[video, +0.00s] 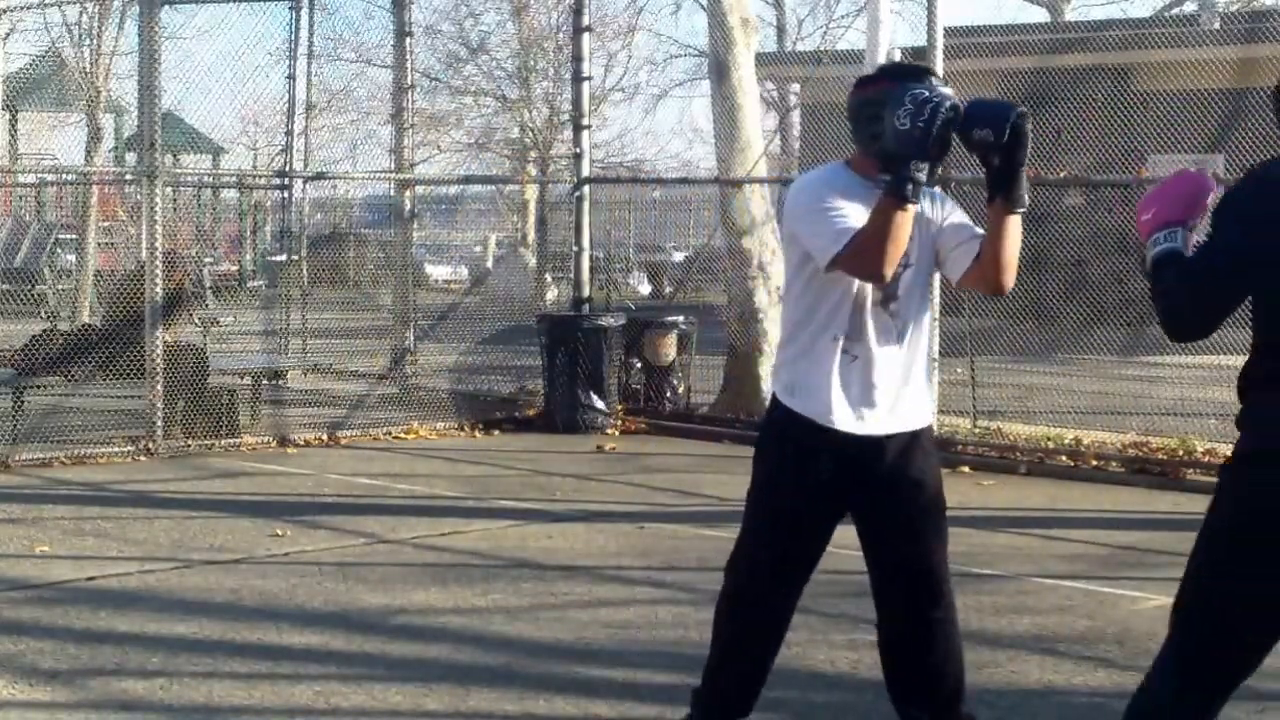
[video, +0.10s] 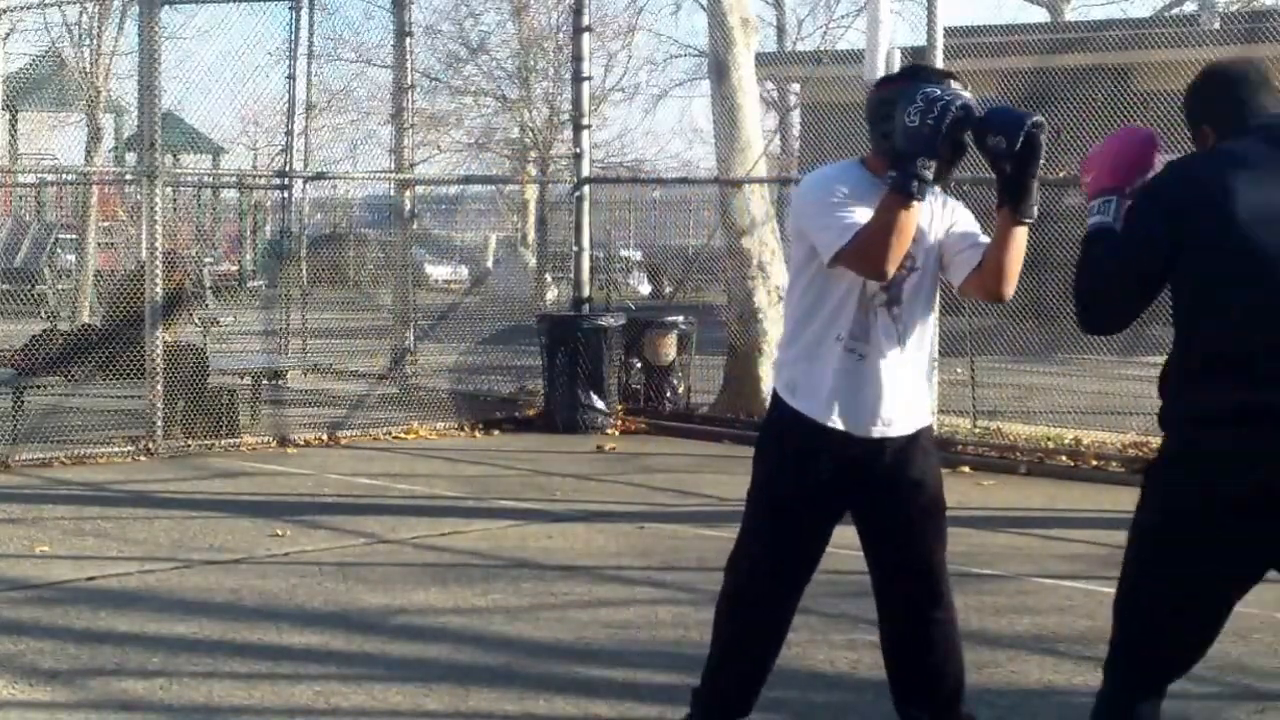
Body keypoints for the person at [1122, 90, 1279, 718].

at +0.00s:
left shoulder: (1266, 192)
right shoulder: (1262, 192)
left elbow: (1186, 315)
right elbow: (1189, 314)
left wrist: (1165, 234)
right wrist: (1180, 237)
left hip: (1268, 473)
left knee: (1192, 673)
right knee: (1193, 672)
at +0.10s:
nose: (1193, 143)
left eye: (1192, 131)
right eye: (1194, 133)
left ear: (1205, 131)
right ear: (1269, 116)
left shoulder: (1196, 185)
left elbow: (1100, 310)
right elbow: (1103, 309)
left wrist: (1103, 207)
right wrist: (1117, 207)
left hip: (1223, 460)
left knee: (1137, 670)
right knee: (1137, 667)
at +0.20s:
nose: (1116, 150)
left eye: (1114, 140)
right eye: (1118, 142)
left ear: (1124, 134)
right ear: (1194, 113)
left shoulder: (1117, 181)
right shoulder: (1269, 169)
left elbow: (1035, 299)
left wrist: (1060, 189)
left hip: (1148, 470)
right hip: (1264, 464)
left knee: (1111, 672)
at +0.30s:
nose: (1077, 140)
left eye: (1075, 130)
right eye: (1079, 133)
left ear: (1087, 124)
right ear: (1163, 102)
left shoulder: (1078, 174)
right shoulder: (1263, 166)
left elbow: (997, 295)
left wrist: (1004, 188)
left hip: (1108, 466)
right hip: (1235, 465)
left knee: (1091, 667)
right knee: (1273, 673)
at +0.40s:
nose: (1055, 130)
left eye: (1053, 119)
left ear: (1062, 115)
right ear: (1145, 96)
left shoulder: (1040, 172)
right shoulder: (1237, 174)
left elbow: (955, 309)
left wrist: (948, 229)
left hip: (1041, 484)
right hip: (1168, 493)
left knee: (1033, 673)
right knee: (1181, 701)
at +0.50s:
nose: (1006, 122)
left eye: (1007, 113)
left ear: (1014, 114)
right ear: (1103, 111)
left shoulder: (964, 179)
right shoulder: (1165, 177)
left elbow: (887, 296)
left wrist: (849, 250)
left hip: (969, 479)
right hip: (1092, 490)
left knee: (947, 656)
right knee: (1161, 696)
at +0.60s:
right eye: (1027, 108)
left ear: (936, 104)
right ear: (1018, 106)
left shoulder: (878, 161)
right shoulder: (1053, 157)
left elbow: (801, 220)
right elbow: (1120, 267)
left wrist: (824, 259)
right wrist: (1069, 155)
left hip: (861, 449)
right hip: (971, 461)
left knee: (855, 657)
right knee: (1057, 688)